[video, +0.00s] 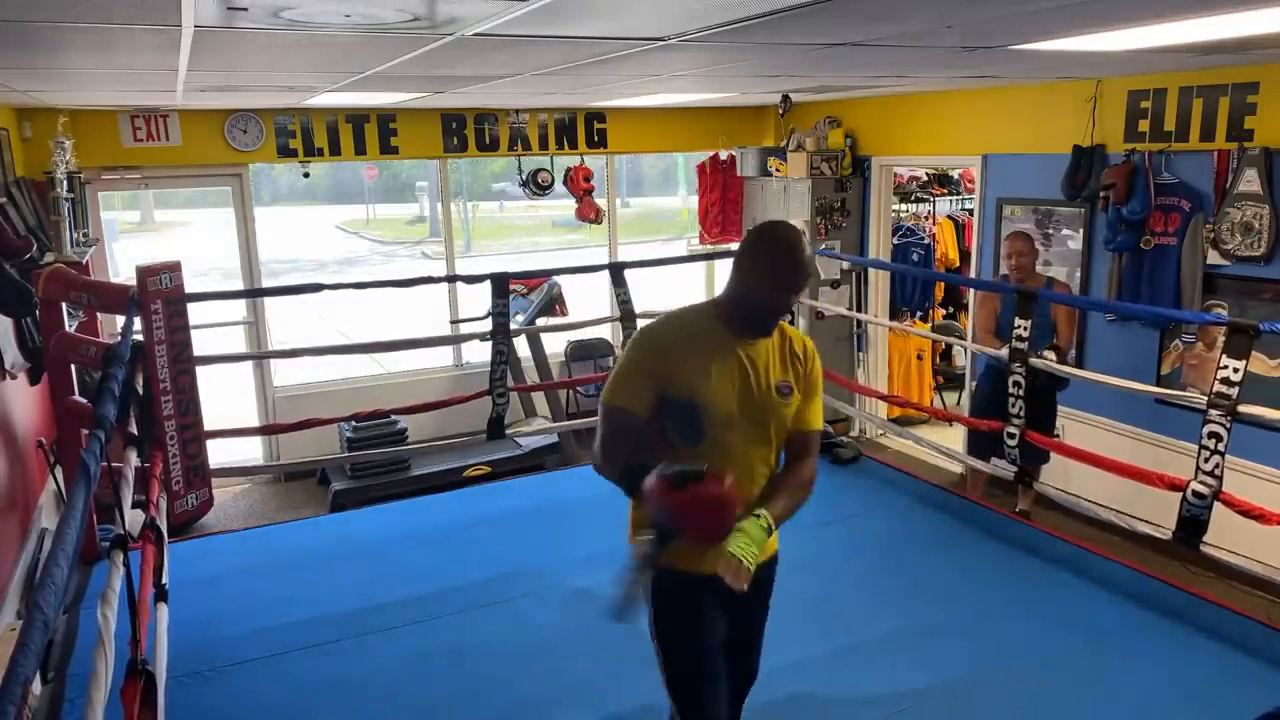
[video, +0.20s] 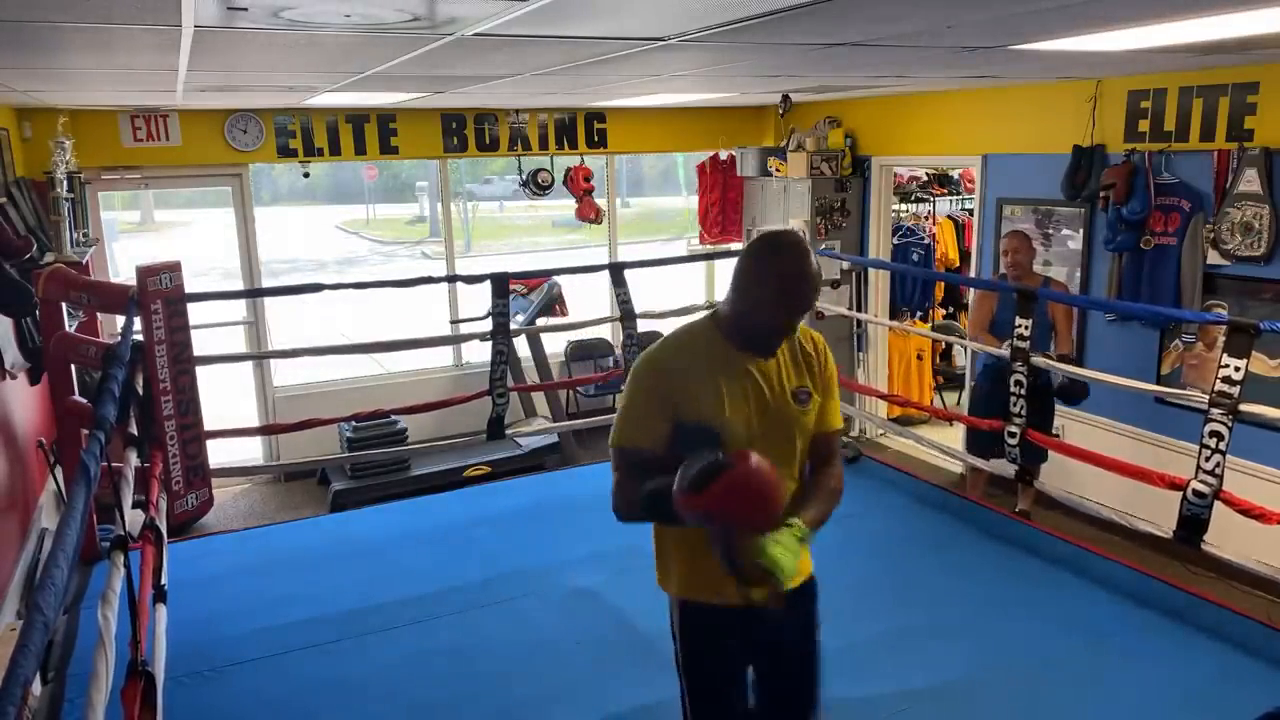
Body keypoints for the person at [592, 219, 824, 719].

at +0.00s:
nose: (789, 307)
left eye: (797, 294)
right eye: (783, 292)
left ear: (800, 288)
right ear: (748, 275)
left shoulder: (797, 353)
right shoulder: (659, 344)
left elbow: (802, 464)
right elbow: (612, 455)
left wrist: (758, 525)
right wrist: (671, 497)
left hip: (755, 563)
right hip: (683, 567)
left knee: (733, 697)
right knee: (704, 709)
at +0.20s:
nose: (792, 331)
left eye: (802, 318)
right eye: (783, 319)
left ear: (808, 304)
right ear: (744, 296)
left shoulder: (809, 352)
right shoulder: (664, 367)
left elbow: (827, 467)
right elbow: (627, 498)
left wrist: (797, 529)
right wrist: (701, 497)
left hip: (792, 589)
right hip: (707, 599)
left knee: (795, 709)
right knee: (716, 712)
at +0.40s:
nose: (806, 346)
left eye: (818, 332)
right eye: (794, 333)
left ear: (828, 312)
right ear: (758, 298)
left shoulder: (829, 358)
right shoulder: (678, 378)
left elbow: (854, 468)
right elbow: (641, 515)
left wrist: (874, 560)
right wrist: (690, 556)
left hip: (824, 607)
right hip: (729, 627)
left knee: (868, 712)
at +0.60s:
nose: (886, 349)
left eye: (894, 332)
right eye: (876, 330)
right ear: (833, 309)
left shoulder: (882, 378)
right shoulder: (724, 387)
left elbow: (880, 483)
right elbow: (669, 511)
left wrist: (945, 576)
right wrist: (671, 619)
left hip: (859, 639)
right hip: (753, 653)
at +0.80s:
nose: (940, 351)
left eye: (951, 337)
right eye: (931, 332)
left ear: (959, 326)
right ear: (886, 305)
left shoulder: (947, 390)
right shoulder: (773, 384)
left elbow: (943, 502)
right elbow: (710, 505)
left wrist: (1002, 606)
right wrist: (692, 598)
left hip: (902, 656)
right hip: (794, 664)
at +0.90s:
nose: (974, 354)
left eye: (986, 339)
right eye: (965, 334)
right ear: (915, 302)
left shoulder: (983, 402)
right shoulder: (796, 383)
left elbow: (993, 525)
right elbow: (725, 505)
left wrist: (1040, 629)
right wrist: (716, 579)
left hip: (927, 669)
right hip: (819, 671)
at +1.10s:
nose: (990, 355)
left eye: (1008, 340)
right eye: (980, 331)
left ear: (1019, 336)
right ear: (931, 296)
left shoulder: (1024, 413)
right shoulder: (818, 391)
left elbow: (1044, 554)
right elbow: (752, 500)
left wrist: (1111, 669)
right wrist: (737, 552)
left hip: (961, 681)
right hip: (845, 684)